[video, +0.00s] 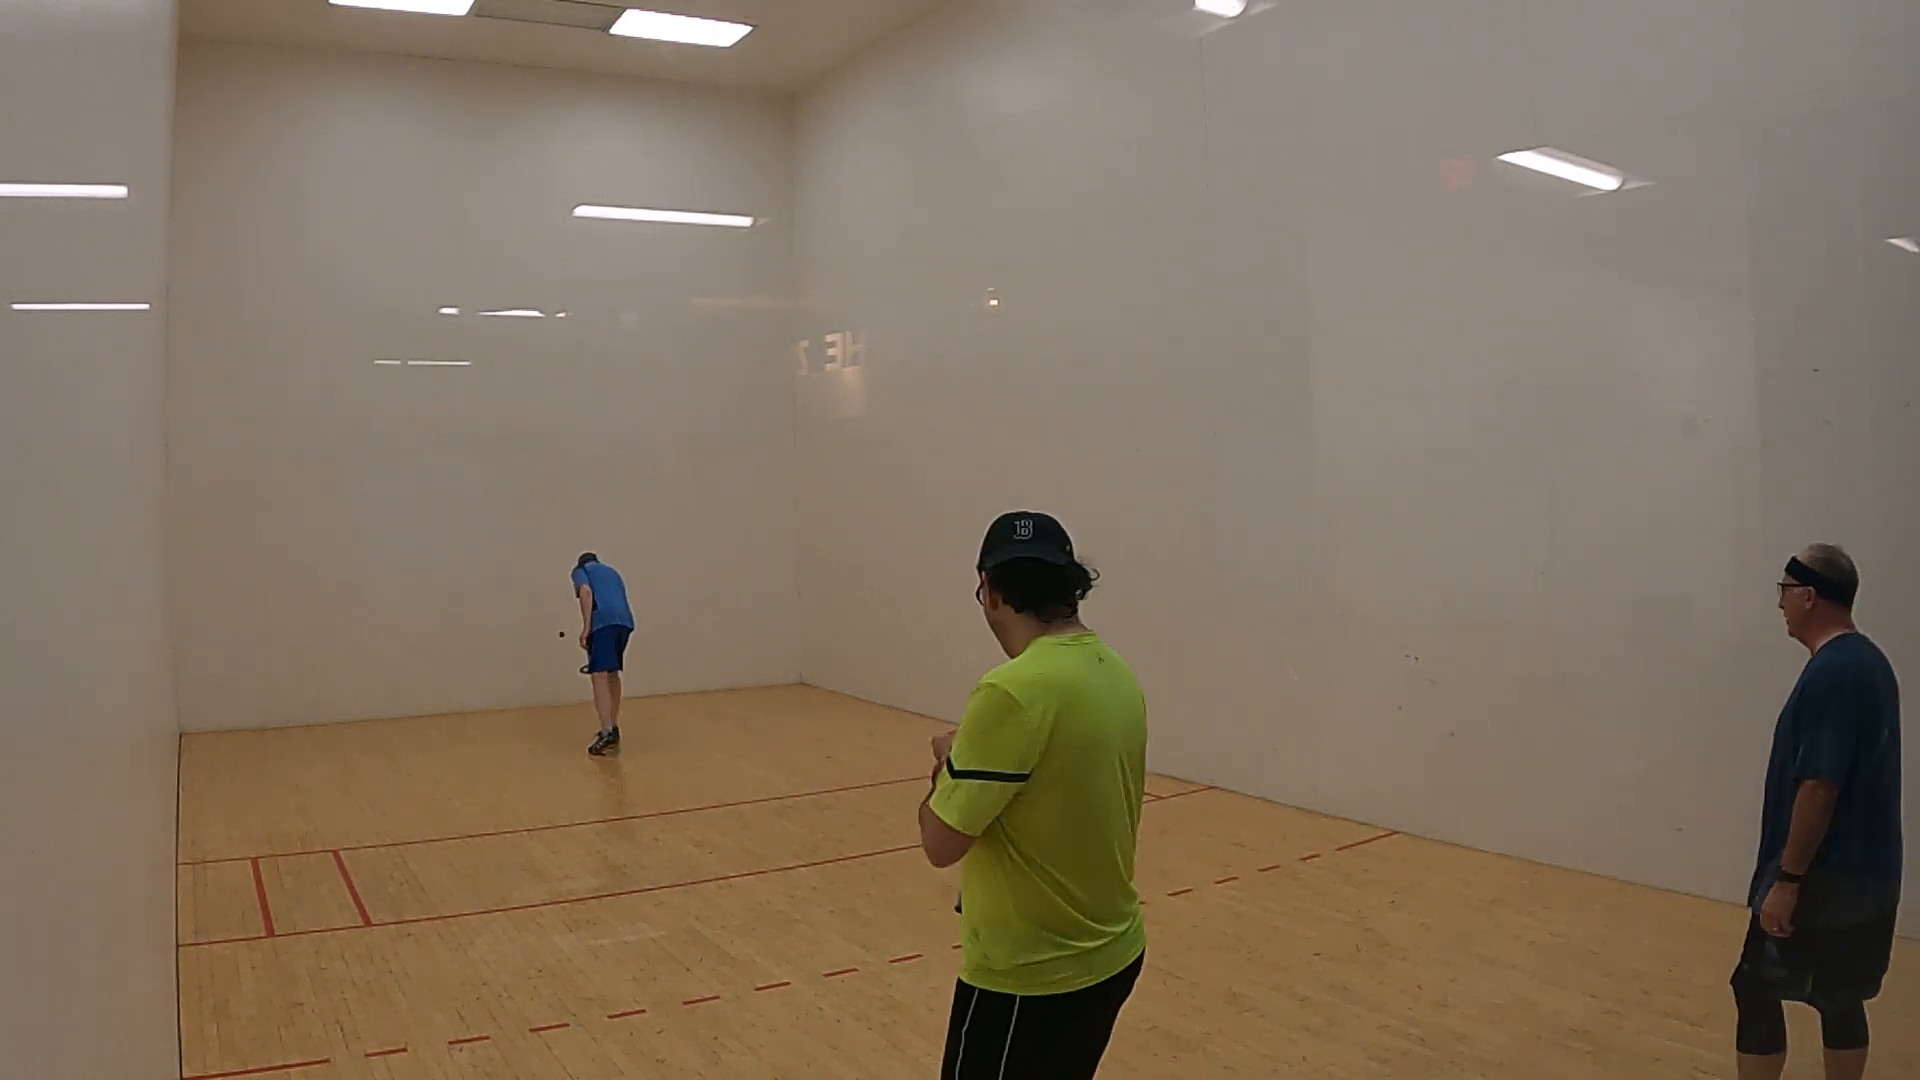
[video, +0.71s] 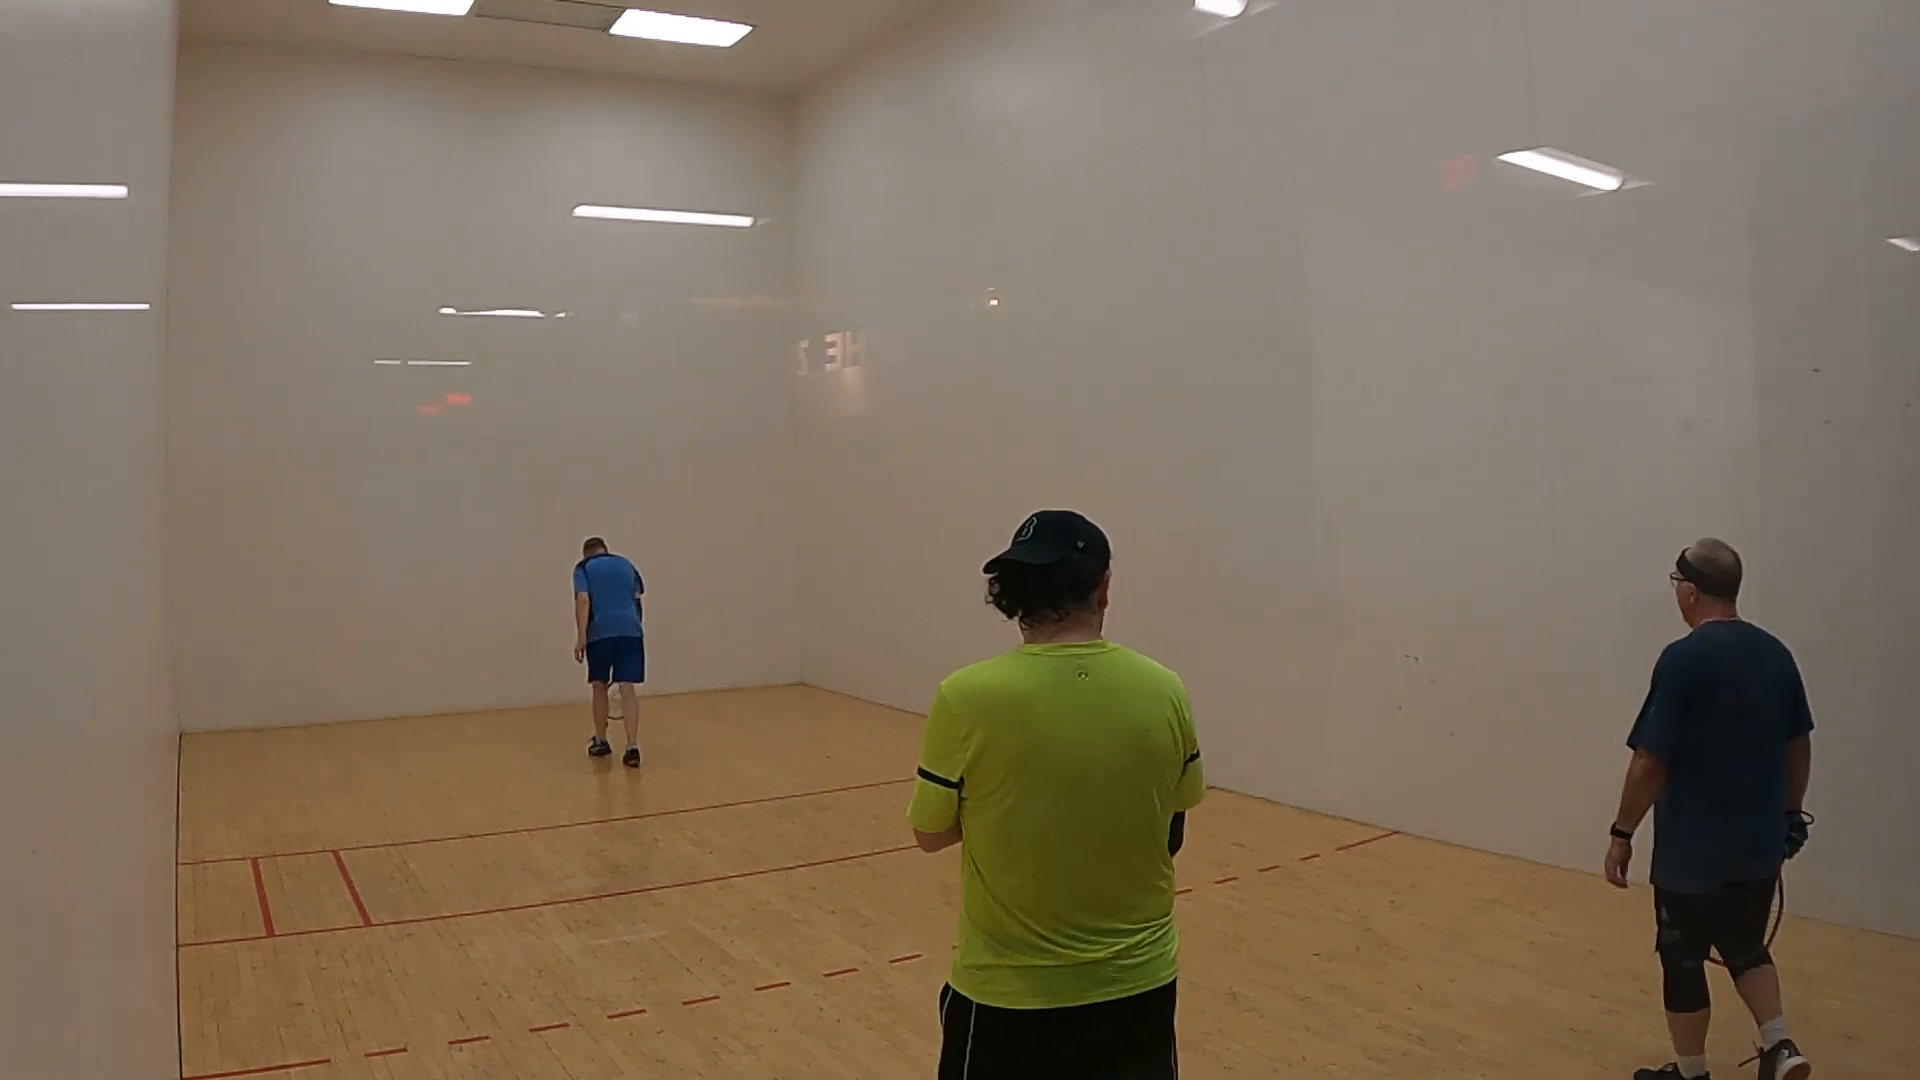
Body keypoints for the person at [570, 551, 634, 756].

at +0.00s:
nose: (580, 571)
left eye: (579, 568)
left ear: (581, 564)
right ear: (597, 561)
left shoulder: (580, 570)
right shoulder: (611, 571)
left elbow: (585, 591)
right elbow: (615, 603)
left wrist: (586, 626)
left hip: (603, 622)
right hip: (625, 622)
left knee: (599, 675)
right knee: (613, 674)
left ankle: (607, 730)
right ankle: (612, 725)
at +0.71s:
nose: (587, 559)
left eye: (586, 556)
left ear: (585, 554)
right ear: (606, 549)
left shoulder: (582, 567)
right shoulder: (626, 563)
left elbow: (583, 600)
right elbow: (638, 595)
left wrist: (581, 638)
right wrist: (635, 626)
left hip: (600, 633)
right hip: (631, 632)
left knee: (599, 686)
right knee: (628, 688)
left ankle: (601, 740)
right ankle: (632, 745)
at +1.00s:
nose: (595, 558)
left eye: (594, 555)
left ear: (593, 553)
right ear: (615, 550)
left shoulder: (587, 568)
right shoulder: (636, 562)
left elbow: (585, 606)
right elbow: (661, 592)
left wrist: (584, 643)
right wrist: (656, 626)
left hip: (604, 637)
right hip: (636, 634)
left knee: (606, 691)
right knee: (632, 690)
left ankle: (614, 750)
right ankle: (633, 749)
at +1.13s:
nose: (597, 560)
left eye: (595, 557)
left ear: (592, 556)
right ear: (614, 551)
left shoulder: (585, 573)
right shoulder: (634, 561)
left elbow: (583, 614)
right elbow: (660, 590)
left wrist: (587, 644)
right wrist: (662, 626)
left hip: (605, 640)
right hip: (636, 636)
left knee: (609, 697)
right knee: (634, 693)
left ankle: (617, 756)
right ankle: (634, 750)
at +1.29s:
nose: (595, 557)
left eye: (593, 554)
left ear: (590, 555)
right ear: (612, 549)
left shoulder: (582, 573)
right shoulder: (634, 560)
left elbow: (583, 613)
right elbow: (654, 592)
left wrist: (600, 610)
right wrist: (669, 628)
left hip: (605, 642)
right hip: (637, 637)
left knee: (611, 698)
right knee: (636, 694)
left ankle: (618, 760)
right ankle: (637, 751)